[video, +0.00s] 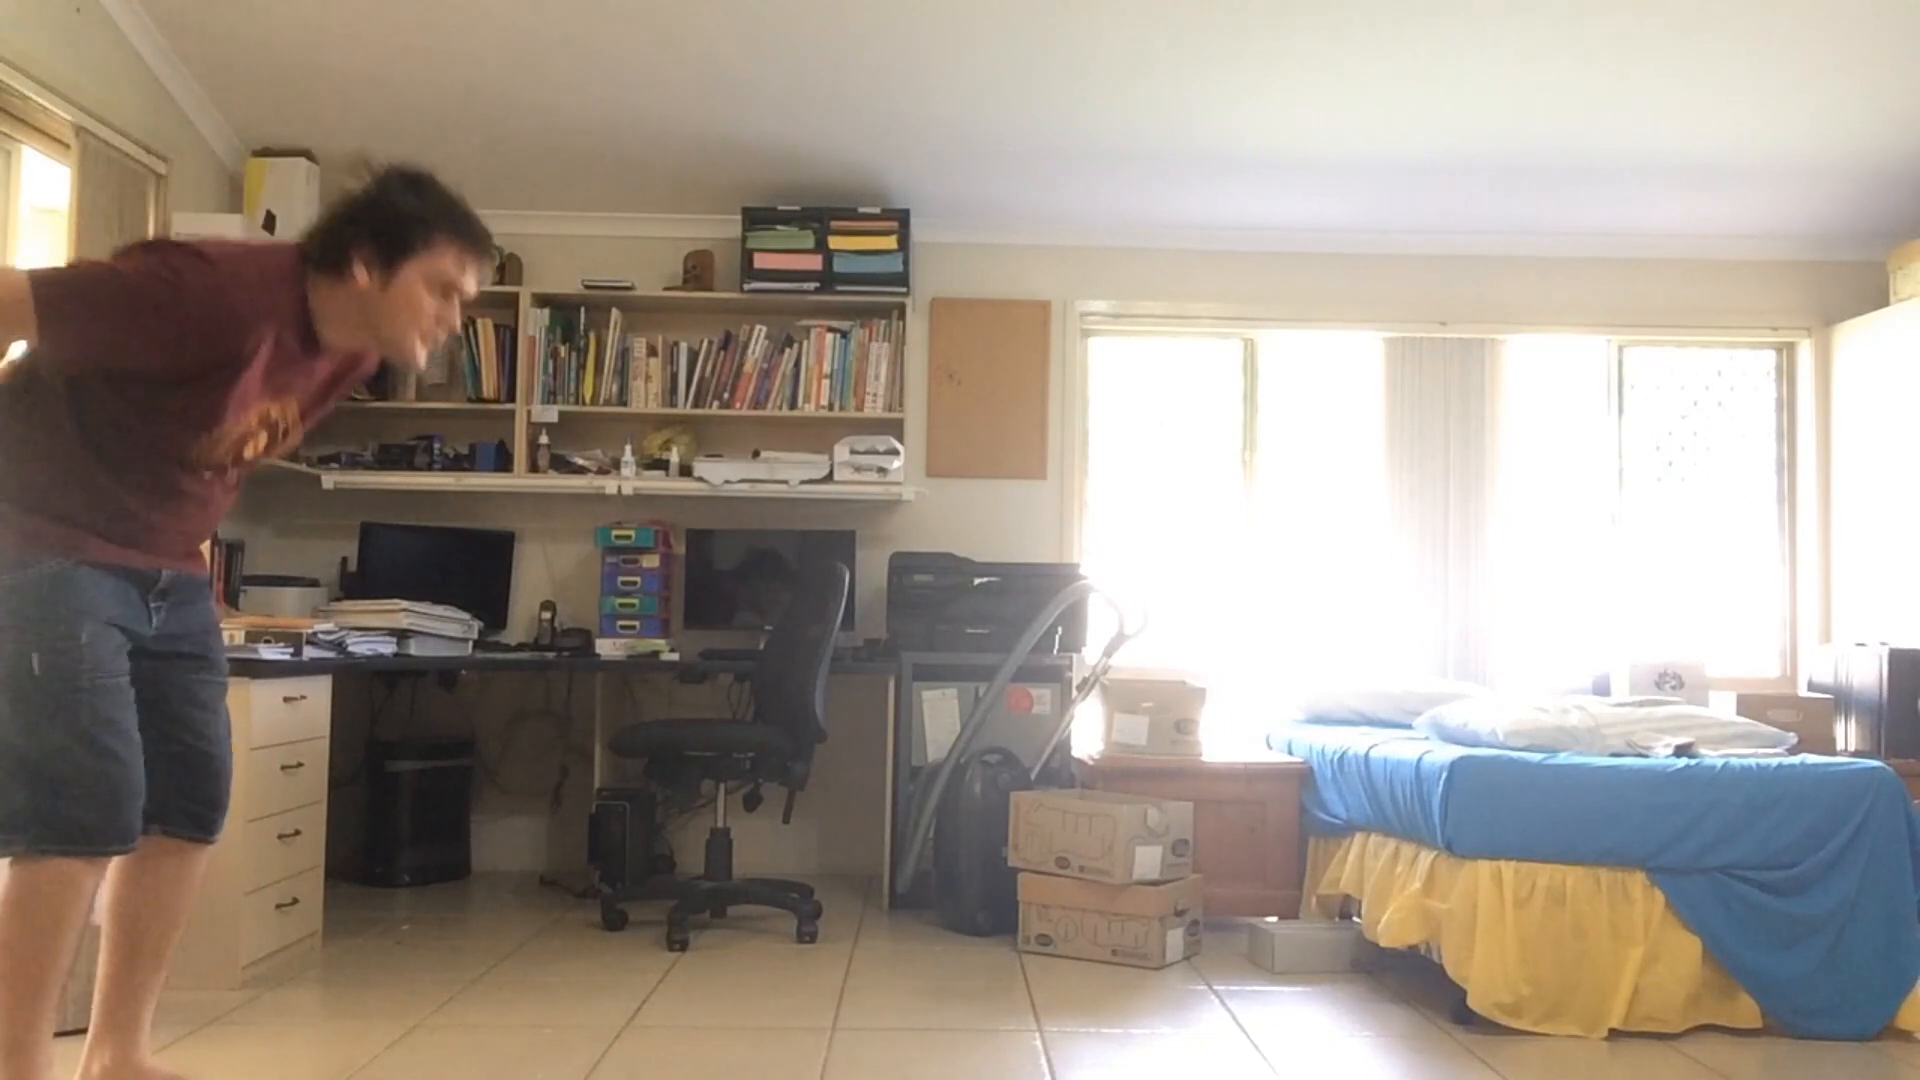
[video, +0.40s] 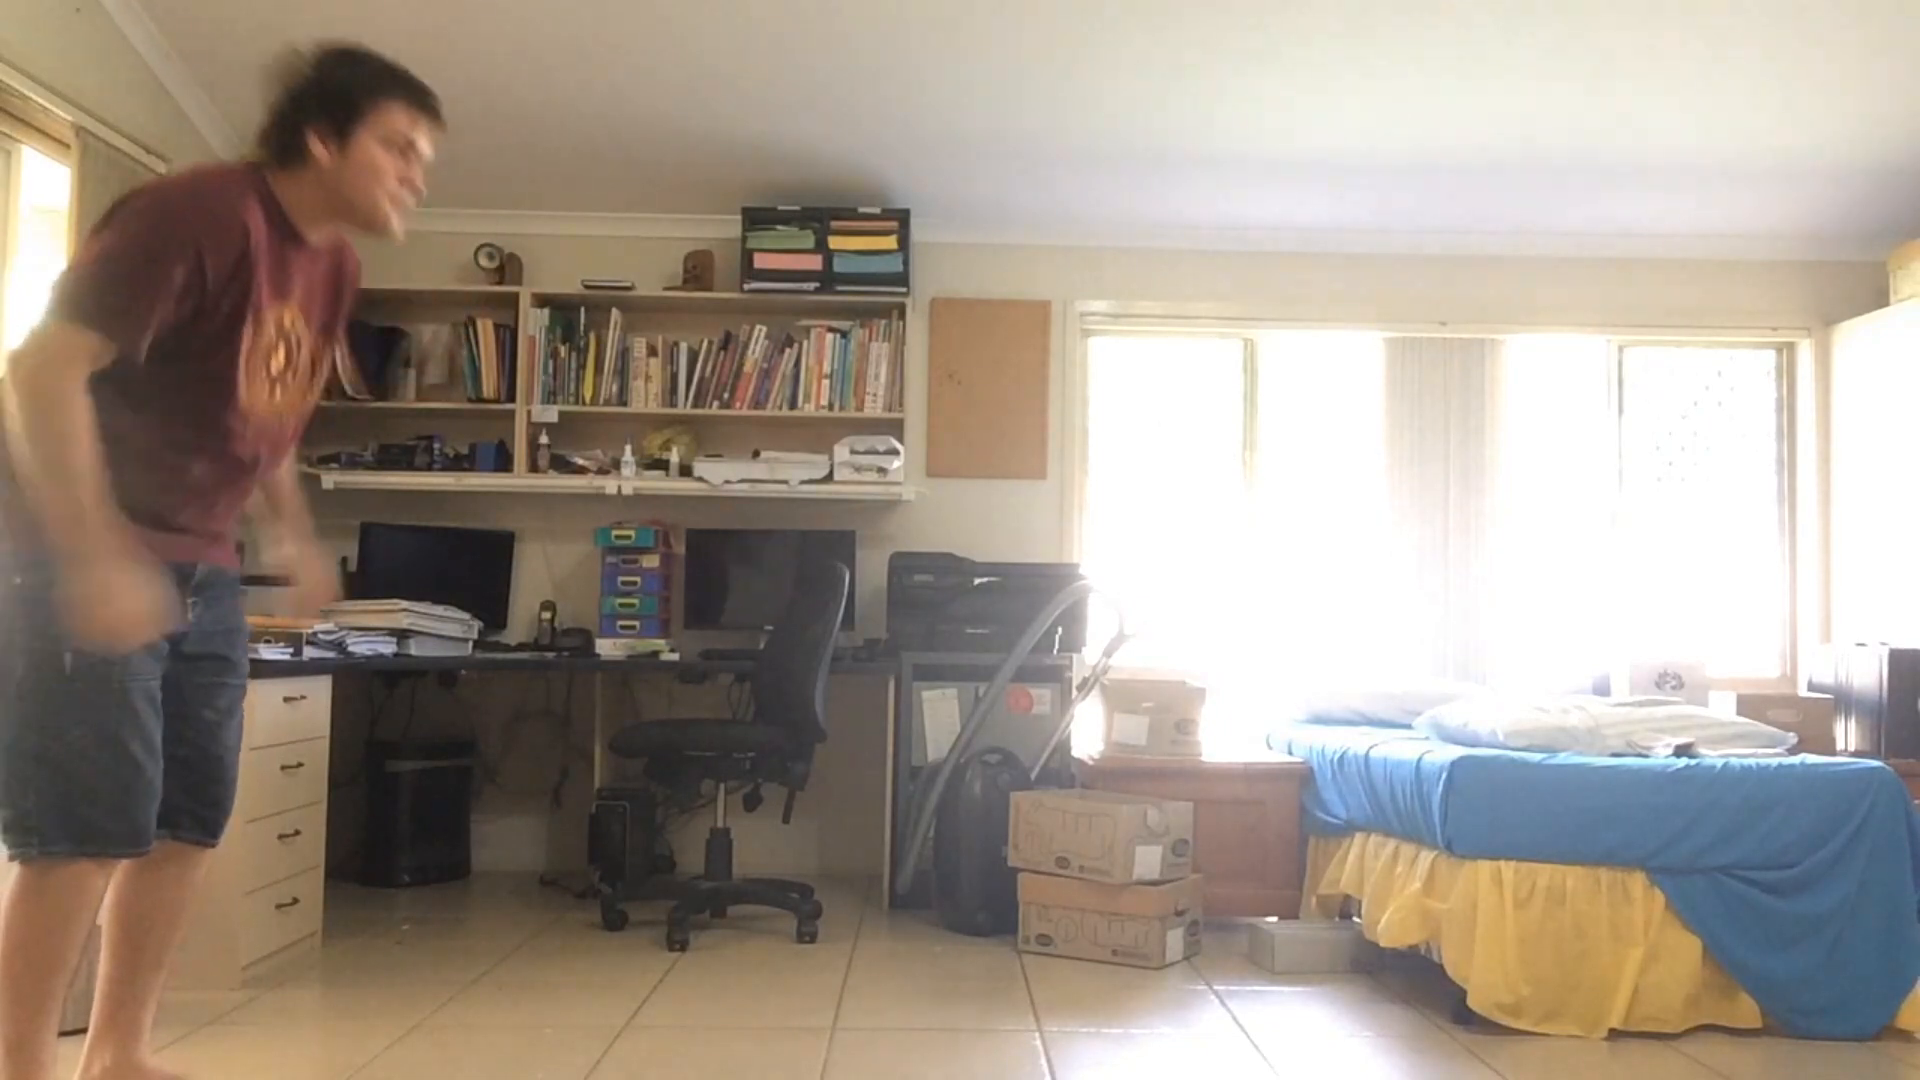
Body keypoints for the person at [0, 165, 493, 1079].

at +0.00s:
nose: (452, 321)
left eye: (463, 305)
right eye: (444, 290)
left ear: (382, 277)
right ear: (371, 261)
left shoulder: (356, 358)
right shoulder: (212, 290)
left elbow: (234, 437)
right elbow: (15, 297)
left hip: (174, 560)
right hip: (45, 543)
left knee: (186, 803)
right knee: (79, 808)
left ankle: (118, 1055)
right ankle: (21, 1064)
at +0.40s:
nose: (417, 176)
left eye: (424, 158)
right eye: (399, 147)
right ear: (320, 138)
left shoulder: (336, 268)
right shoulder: (197, 211)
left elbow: (267, 422)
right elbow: (43, 366)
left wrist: (296, 538)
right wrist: (96, 554)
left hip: (207, 569)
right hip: (88, 553)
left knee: (183, 824)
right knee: (86, 828)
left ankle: (117, 1056)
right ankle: (24, 1061)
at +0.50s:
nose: (378, 124)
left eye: (383, 108)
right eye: (360, 96)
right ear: (282, 89)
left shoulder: (311, 231)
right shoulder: (174, 174)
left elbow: (274, 386)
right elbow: (63, 340)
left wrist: (360, 478)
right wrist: (216, 477)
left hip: (213, 551)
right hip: (91, 542)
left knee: (176, 824)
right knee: (74, 829)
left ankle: (116, 1058)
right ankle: (25, 1062)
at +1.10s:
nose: (278, 61)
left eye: (282, 44)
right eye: (256, 34)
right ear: (178, 42)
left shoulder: (250, 204)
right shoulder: (90, 147)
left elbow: (227, 373)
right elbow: (11, 325)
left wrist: (240, 518)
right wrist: (89, 509)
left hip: (222, 555)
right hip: (102, 546)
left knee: (172, 818)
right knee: (67, 824)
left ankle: (116, 1054)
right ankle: (19, 1060)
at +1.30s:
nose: (366, 123)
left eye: (372, 107)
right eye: (347, 93)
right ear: (268, 85)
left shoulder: (296, 235)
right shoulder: (145, 171)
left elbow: (232, 390)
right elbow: (5, 303)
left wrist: (204, 525)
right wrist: (1, 498)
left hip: (201, 558)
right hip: (74, 543)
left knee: (168, 818)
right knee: (58, 825)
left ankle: (117, 1052)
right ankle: (18, 1063)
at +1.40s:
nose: (421, 193)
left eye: (426, 176)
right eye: (404, 164)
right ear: (324, 156)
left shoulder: (332, 293)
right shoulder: (189, 218)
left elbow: (243, 420)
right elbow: (11, 300)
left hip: (182, 560)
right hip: (57, 545)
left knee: (180, 814)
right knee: (67, 820)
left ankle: (115, 1056)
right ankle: (17, 1061)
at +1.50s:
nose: (465, 292)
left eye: (471, 273)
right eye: (449, 262)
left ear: (383, 262)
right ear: (372, 248)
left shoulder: (360, 363)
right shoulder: (226, 290)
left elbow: (229, 476)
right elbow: (26, 333)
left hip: (166, 582)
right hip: (45, 567)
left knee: (208, 806)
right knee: (96, 815)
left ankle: (117, 1056)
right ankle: (20, 1063)